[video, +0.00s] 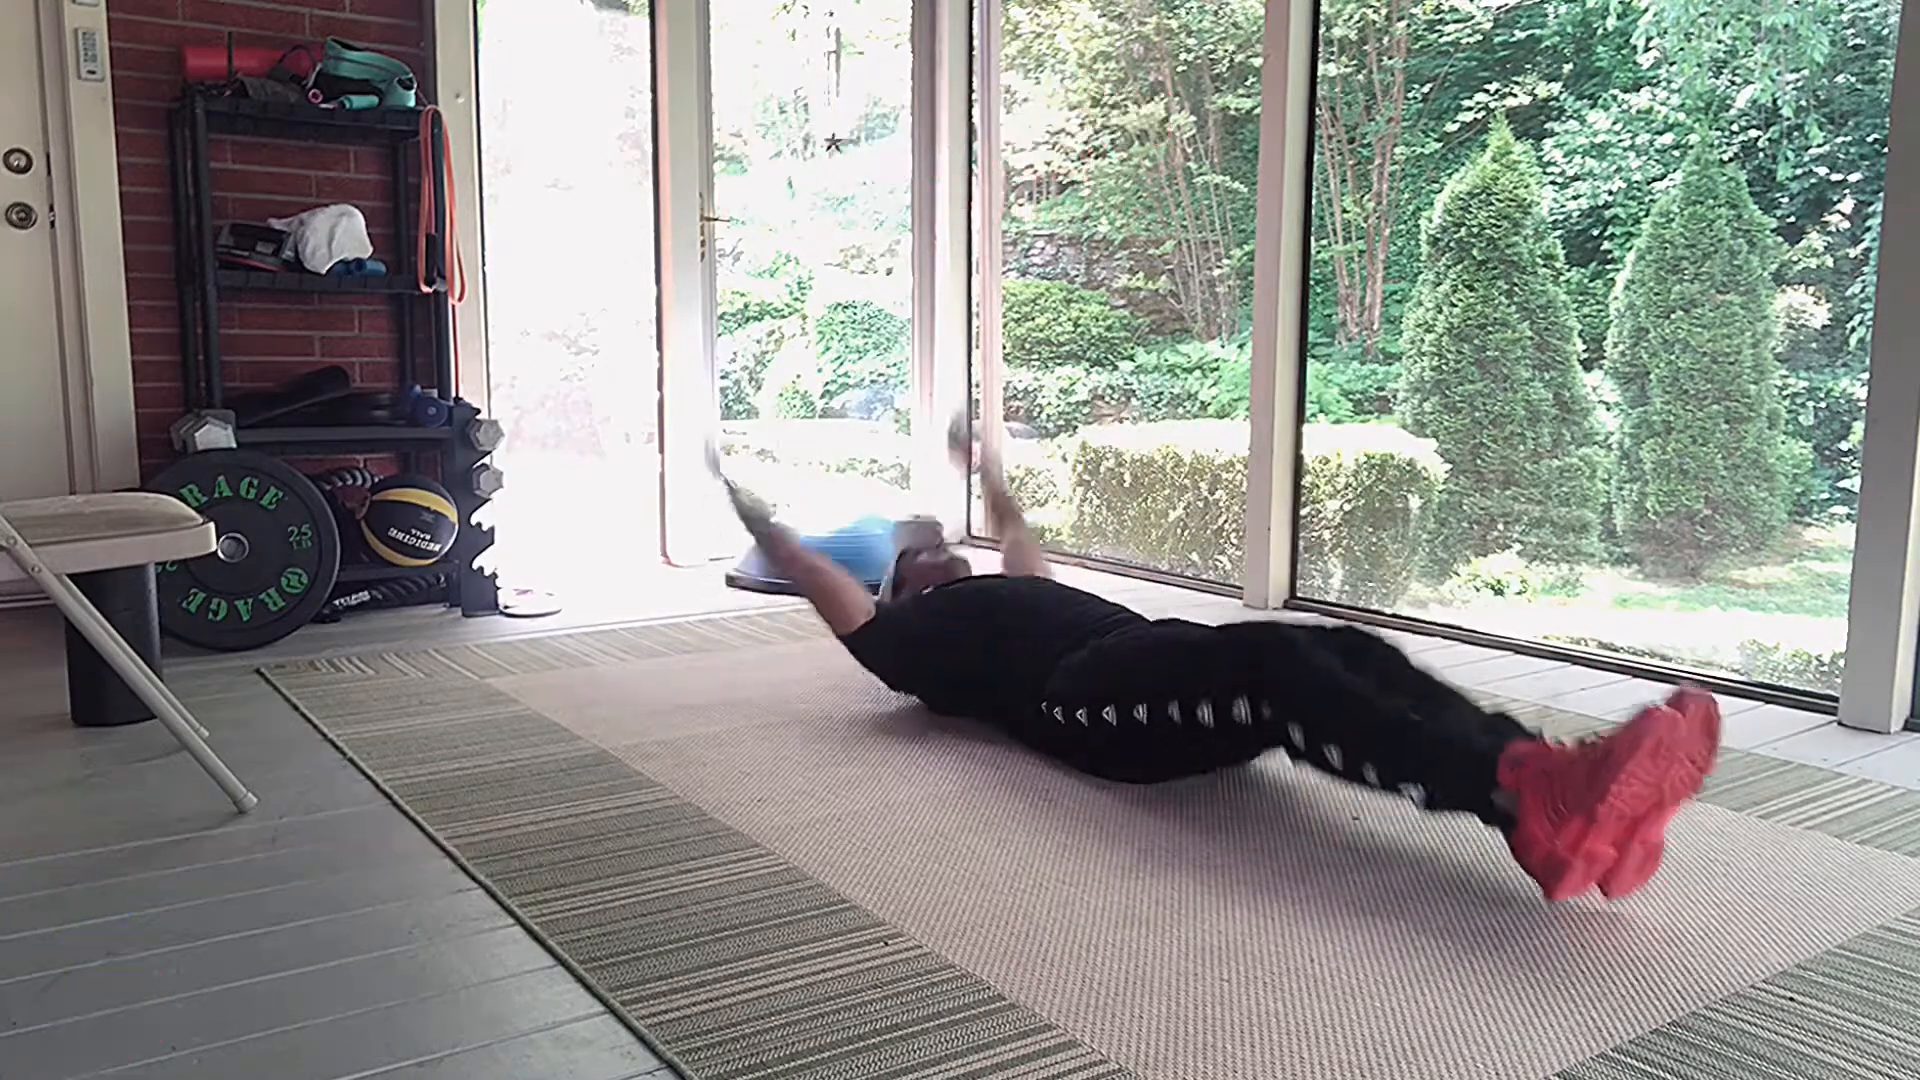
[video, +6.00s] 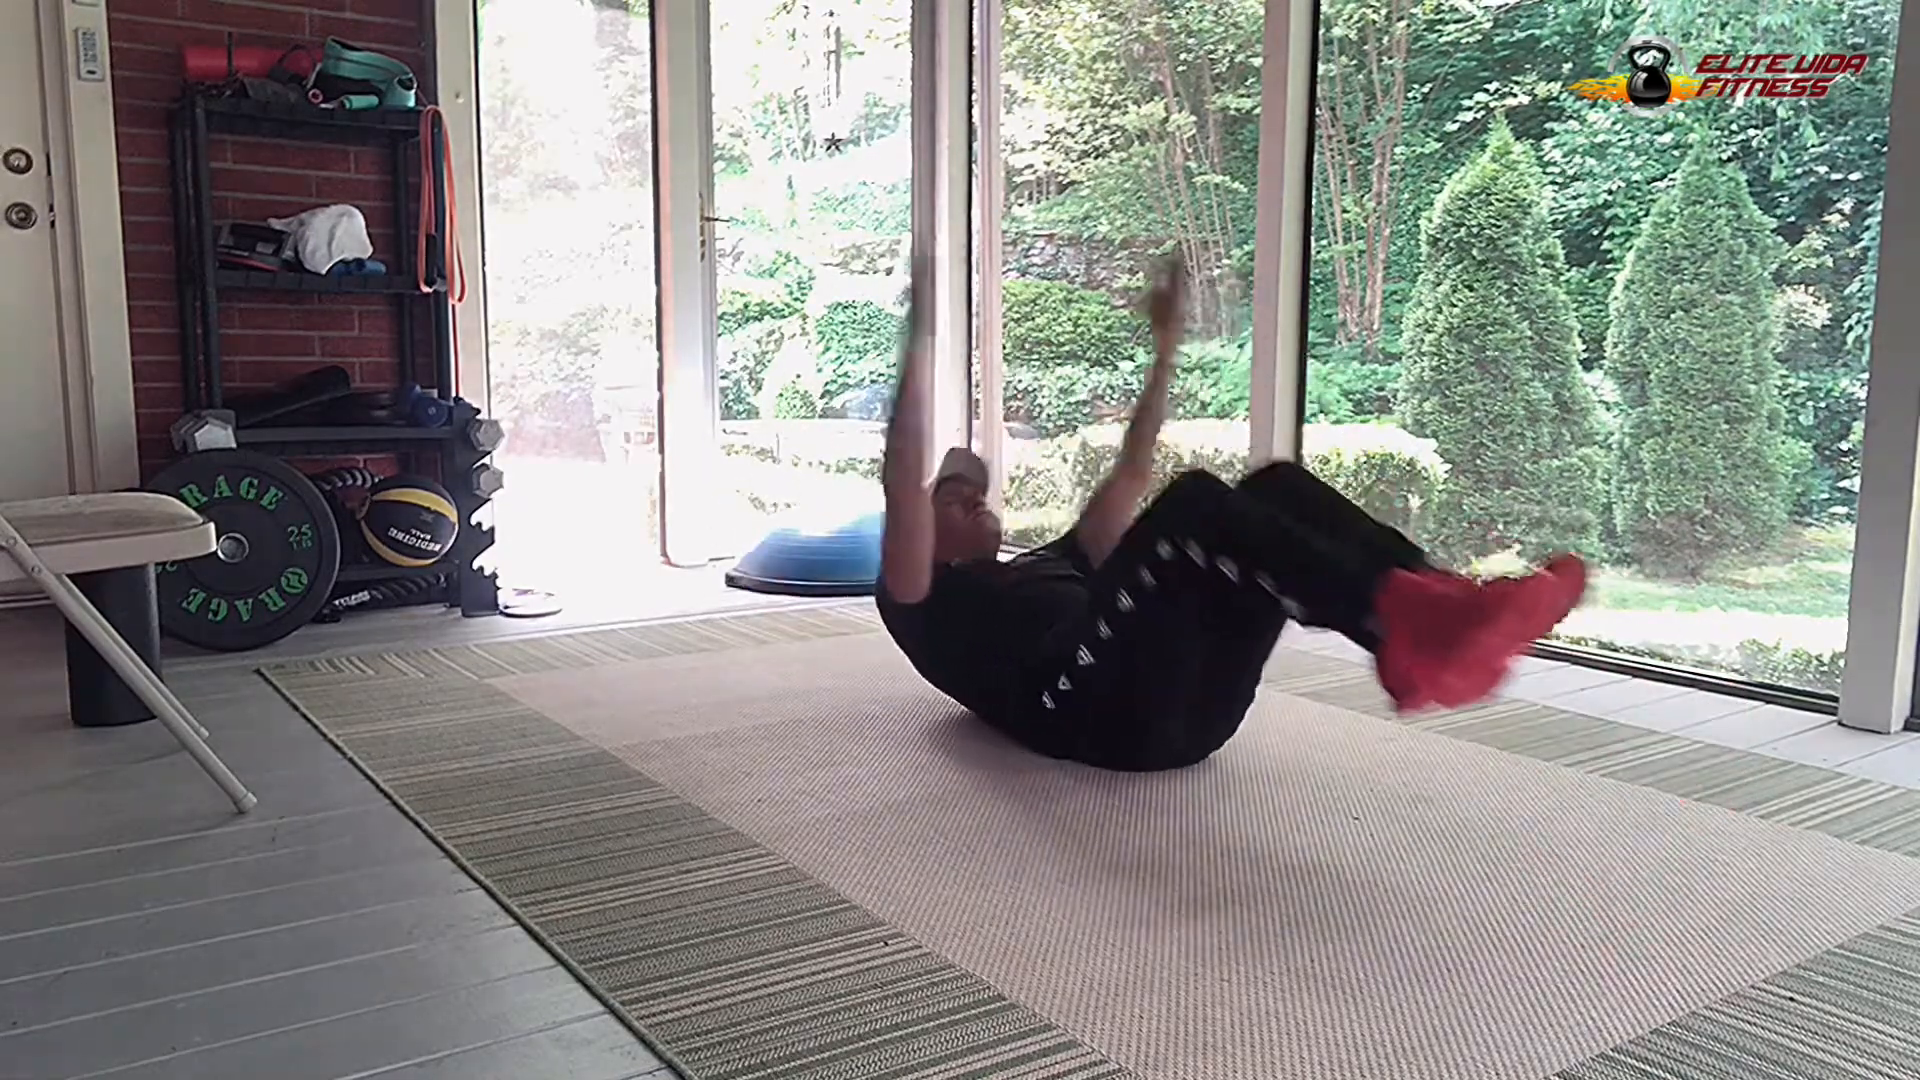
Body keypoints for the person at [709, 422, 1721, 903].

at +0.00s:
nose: (937, 558)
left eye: (942, 549)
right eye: (917, 558)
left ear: (967, 562)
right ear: (889, 590)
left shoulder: (1009, 594)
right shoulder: (895, 635)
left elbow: (1013, 540)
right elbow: (803, 564)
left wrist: (976, 482)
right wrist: (750, 509)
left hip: (1159, 654)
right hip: (1084, 699)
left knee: (1338, 641)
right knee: (1281, 666)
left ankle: (1560, 795)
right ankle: (1531, 809)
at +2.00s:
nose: (919, 574)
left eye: (921, 570)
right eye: (901, 581)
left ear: (937, 578)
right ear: (882, 606)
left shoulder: (1008, 594)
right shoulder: (887, 648)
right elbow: (794, 631)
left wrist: (942, 557)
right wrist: (743, 601)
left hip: (1159, 637)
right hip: (1082, 680)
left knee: (1340, 695)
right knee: (1272, 737)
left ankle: (1572, 833)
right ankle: (1540, 814)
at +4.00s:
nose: (920, 555)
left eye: (927, 548)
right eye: (899, 558)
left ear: (956, 561)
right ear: (880, 591)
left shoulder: (1018, 587)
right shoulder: (897, 627)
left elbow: (1023, 524)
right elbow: (813, 546)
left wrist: (985, 450)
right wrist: (765, 466)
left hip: (1137, 640)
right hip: (1082, 689)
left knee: (1336, 634)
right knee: (1284, 668)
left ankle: (1566, 728)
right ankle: (1537, 737)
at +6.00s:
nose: (976, 503)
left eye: (984, 493)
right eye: (956, 493)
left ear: (1002, 510)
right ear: (923, 517)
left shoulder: (1063, 564)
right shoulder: (921, 603)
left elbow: (1135, 466)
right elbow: (903, 477)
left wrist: (1165, 341)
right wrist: (919, 334)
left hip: (1185, 700)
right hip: (1105, 709)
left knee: (1275, 483)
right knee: (1191, 501)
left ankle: (1445, 619)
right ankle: (1401, 623)